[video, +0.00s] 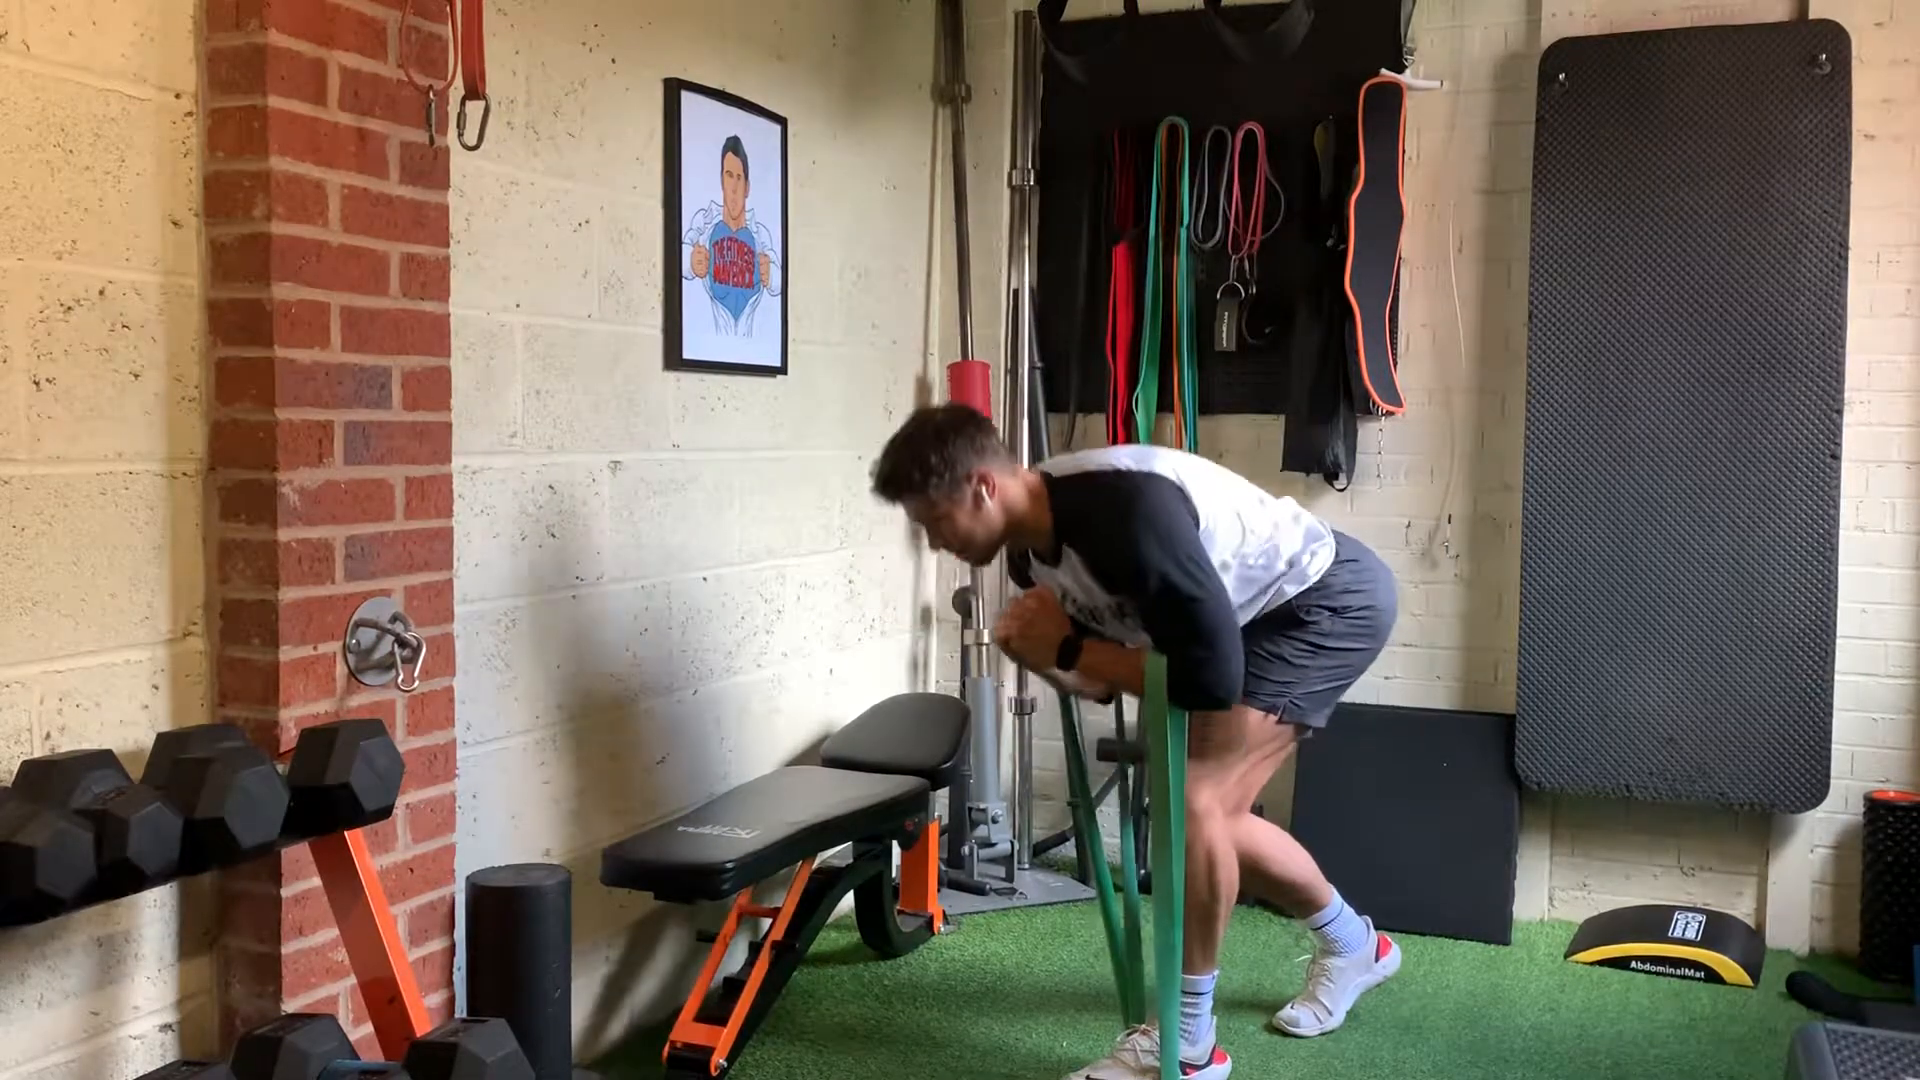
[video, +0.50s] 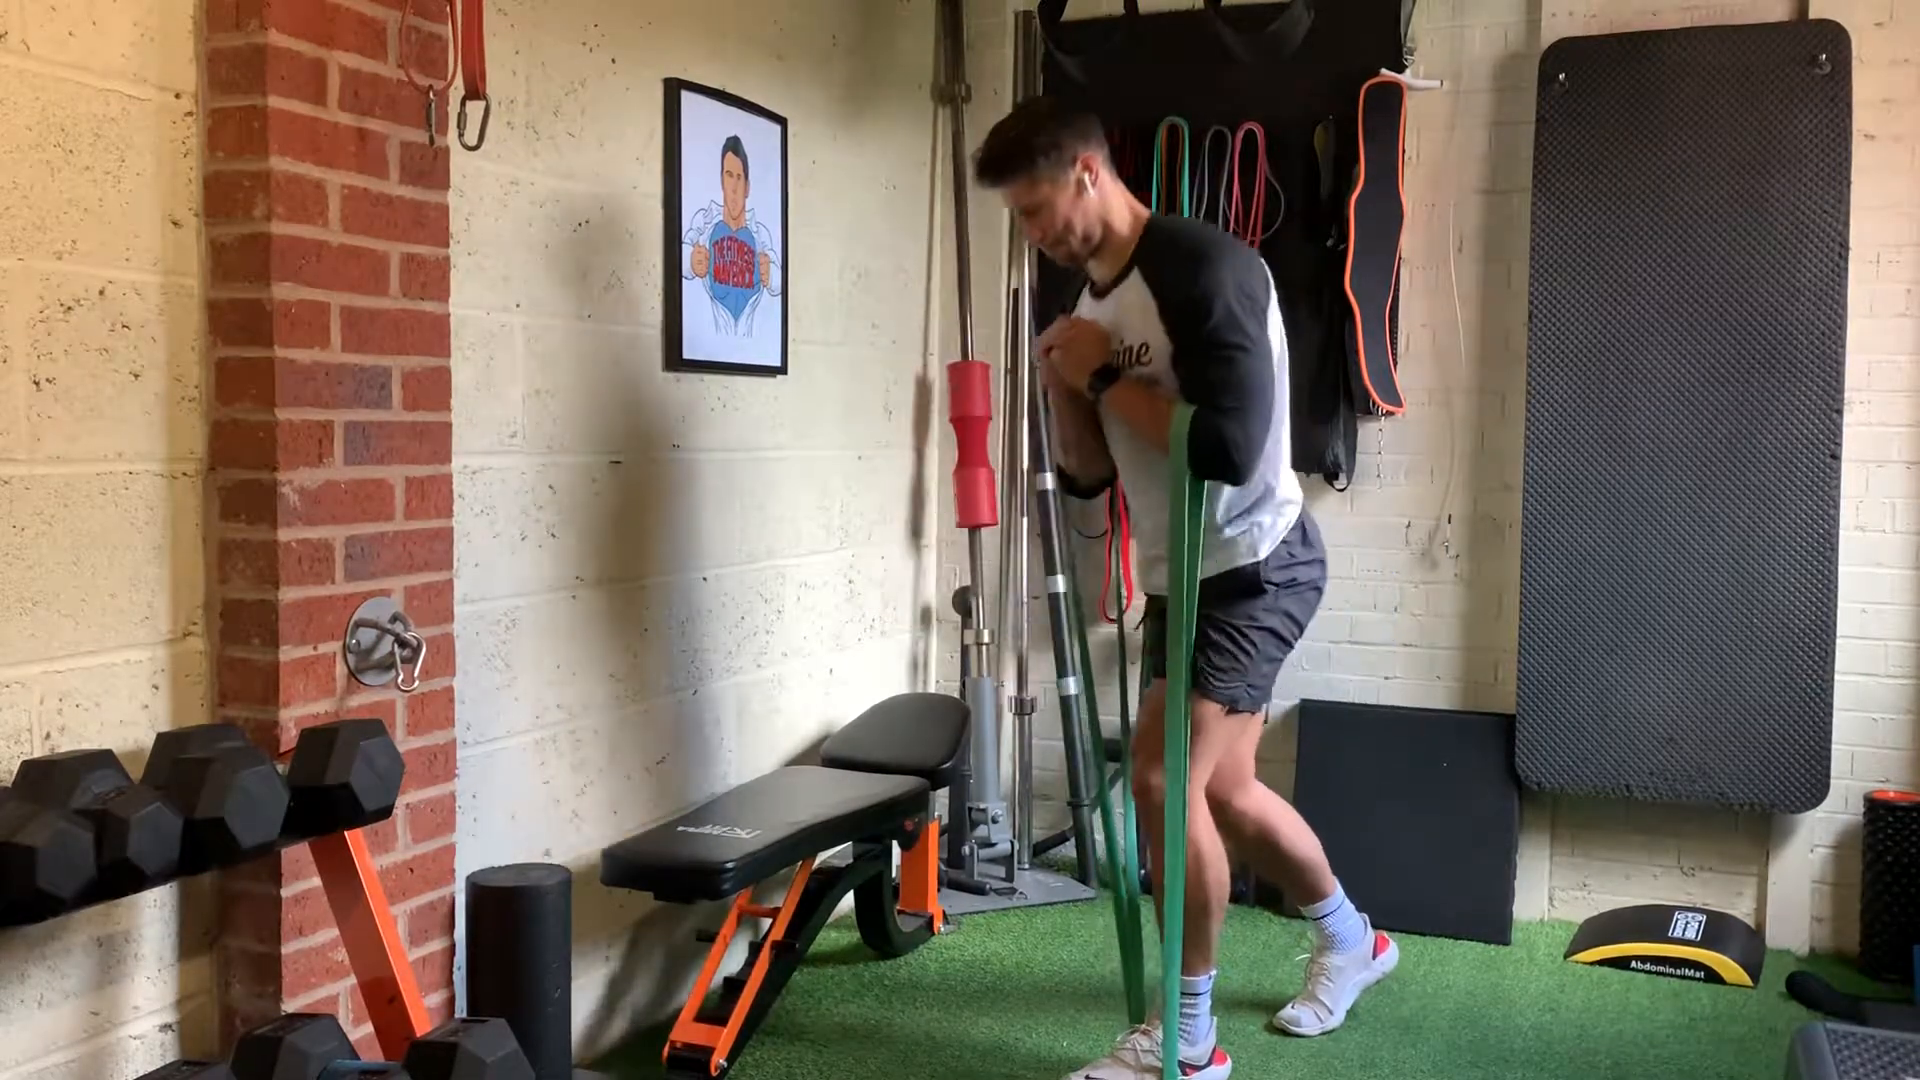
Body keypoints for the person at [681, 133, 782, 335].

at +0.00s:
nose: (733, 185)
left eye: (739, 177)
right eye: (729, 175)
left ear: (748, 187)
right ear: (721, 182)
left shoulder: (760, 232)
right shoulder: (705, 221)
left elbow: (779, 285)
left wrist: (770, 274)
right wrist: (691, 265)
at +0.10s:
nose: (733, 185)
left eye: (739, 177)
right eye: (729, 175)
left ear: (748, 187)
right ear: (721, 182)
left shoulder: (760, 232)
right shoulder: (705, 221)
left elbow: (779, 285)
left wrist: (770, 274)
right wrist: (691, 265)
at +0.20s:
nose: (733, 185)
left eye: (739, 177)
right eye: (729, 175)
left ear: (748, 187)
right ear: (721, 182)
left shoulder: (760, 232)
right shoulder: (705, 221)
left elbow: (779, 286)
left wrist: (770, 274)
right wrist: (691, 265)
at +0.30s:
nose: (733, 185)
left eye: (739, 177)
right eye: (729, 175)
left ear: (748, 187)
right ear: (721, 182)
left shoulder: (760, 232)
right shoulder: (705, 222)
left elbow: (779, 285)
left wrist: (770, 274)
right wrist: (691, 265)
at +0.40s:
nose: (733, 185)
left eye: (739, 177)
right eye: (729, 175)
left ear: (748, 187)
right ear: (721, 181)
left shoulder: (760, 232)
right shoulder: (705, 221)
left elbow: (779, 285)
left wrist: (770, 274)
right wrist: (691, 265)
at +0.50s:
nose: (733, 185)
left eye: (739, 177)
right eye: (729, 175)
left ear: (748, 187)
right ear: (721, 181)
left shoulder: (760, 232)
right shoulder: (705, 221)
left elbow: (779, 285)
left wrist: (770, 274)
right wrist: (691, 265)